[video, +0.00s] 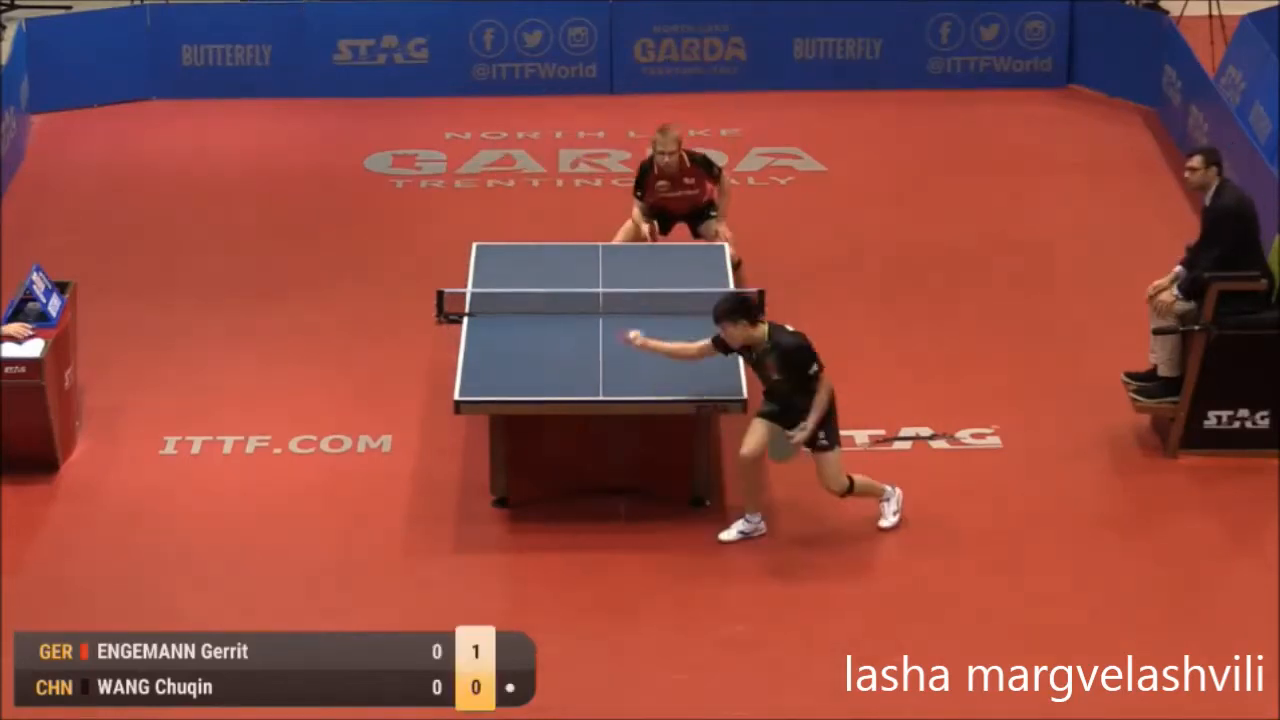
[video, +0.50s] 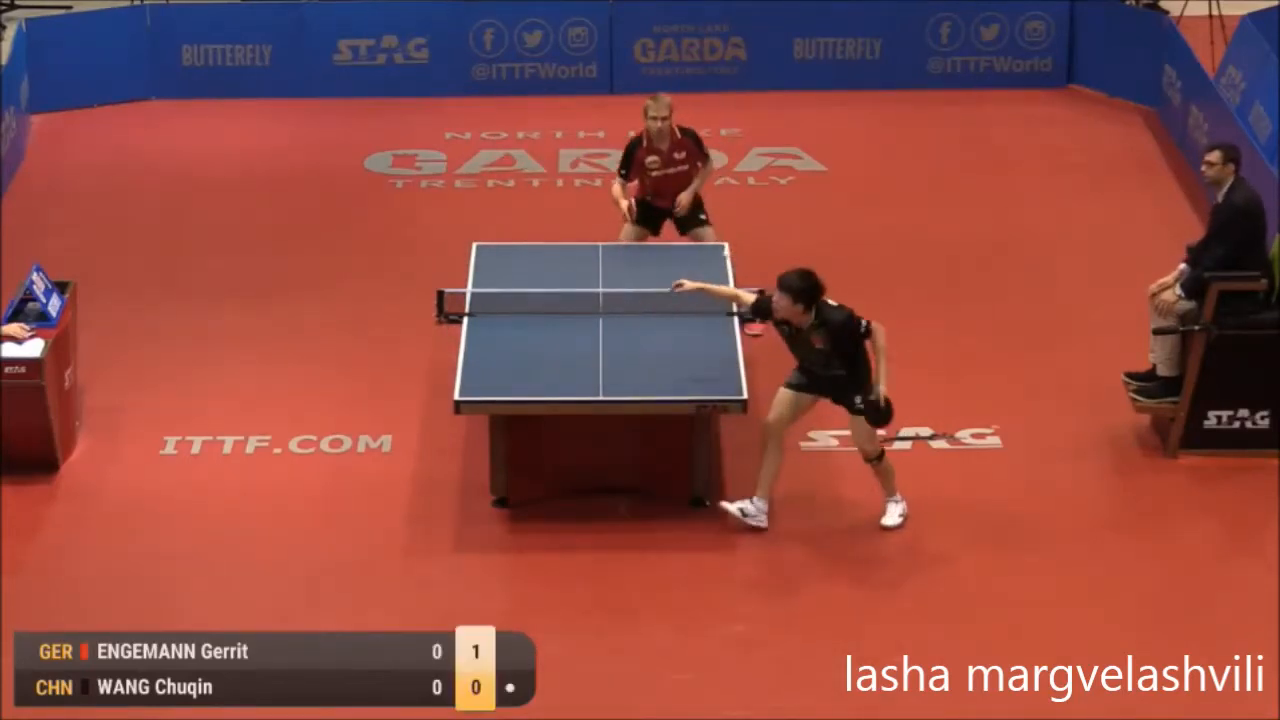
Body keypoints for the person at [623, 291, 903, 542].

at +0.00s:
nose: (725, 336)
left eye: (727, 330)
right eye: (723, 331)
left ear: (747, 325)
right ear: (735, 328)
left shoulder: (792, 344)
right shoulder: (740, 341)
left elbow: (824, 387)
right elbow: (695, 351)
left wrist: (807, 428)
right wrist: (647, 344)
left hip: (813, 406)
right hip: (777, 404)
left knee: (835, 484)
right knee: (748, 455)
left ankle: (888, 494)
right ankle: (753, 519)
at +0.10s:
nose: (737, 331)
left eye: (741, 325)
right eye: (736, 325)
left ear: (761, 323)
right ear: (749, 323)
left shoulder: (807, 343)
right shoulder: (748, 334)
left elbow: (837, 381)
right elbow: (698, 326)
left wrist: (844, 428)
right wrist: (657, 308)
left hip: (822, 412)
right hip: (784, 405)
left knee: (841, 483)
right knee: (753, 454)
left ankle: (890, 495)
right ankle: (753, 519)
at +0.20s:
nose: (757, 322)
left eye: (762, 317)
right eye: (757, 316)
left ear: (783, 316)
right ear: (767, 316)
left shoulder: (823, 337)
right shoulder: (767, 327)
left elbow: (855, 379)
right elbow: (717, 305)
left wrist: (881, 418)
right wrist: (676, 283)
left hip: (832, 402)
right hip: (794, 398)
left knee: (846, 474)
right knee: (760, 449)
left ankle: (891, 497)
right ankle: (754, 518)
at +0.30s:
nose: (766, 312)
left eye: (772, 308)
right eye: (765, 307)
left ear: (793, 310)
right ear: (772, 309)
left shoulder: (831, 332)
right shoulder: (773, 317)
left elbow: (863, 367)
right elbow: (726, 299)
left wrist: (890, 406)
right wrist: (680, 278)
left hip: (839, 396)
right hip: (800, 391)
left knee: (854, 467)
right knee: (767, 444)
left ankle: (893, 499)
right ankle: (755, 517)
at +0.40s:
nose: (774, 303)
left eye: (781, 300)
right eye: (775, 298)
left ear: (802, 304)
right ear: (781, 301)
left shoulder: (839, 323)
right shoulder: (778, 312)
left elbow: (877, 353)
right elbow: (734, 295)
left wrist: (888, 400)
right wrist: (690, 281)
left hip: (848, 383)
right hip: (808, 378)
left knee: (861, 452)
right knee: (774, 432)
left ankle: (893, 501)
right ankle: (759, 512)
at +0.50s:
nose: (774, 302)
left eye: (781, 299)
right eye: (775, 297)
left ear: (800, 307)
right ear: (785, 301)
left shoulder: (838, 318)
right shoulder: (775, 310)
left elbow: (877, 332)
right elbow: (737, 296)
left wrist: (881, 385)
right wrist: (698, 286)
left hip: (850, 379)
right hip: (810, 373)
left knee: (868, 449)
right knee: (773, 425)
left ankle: (894, 500)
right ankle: (759, 506)